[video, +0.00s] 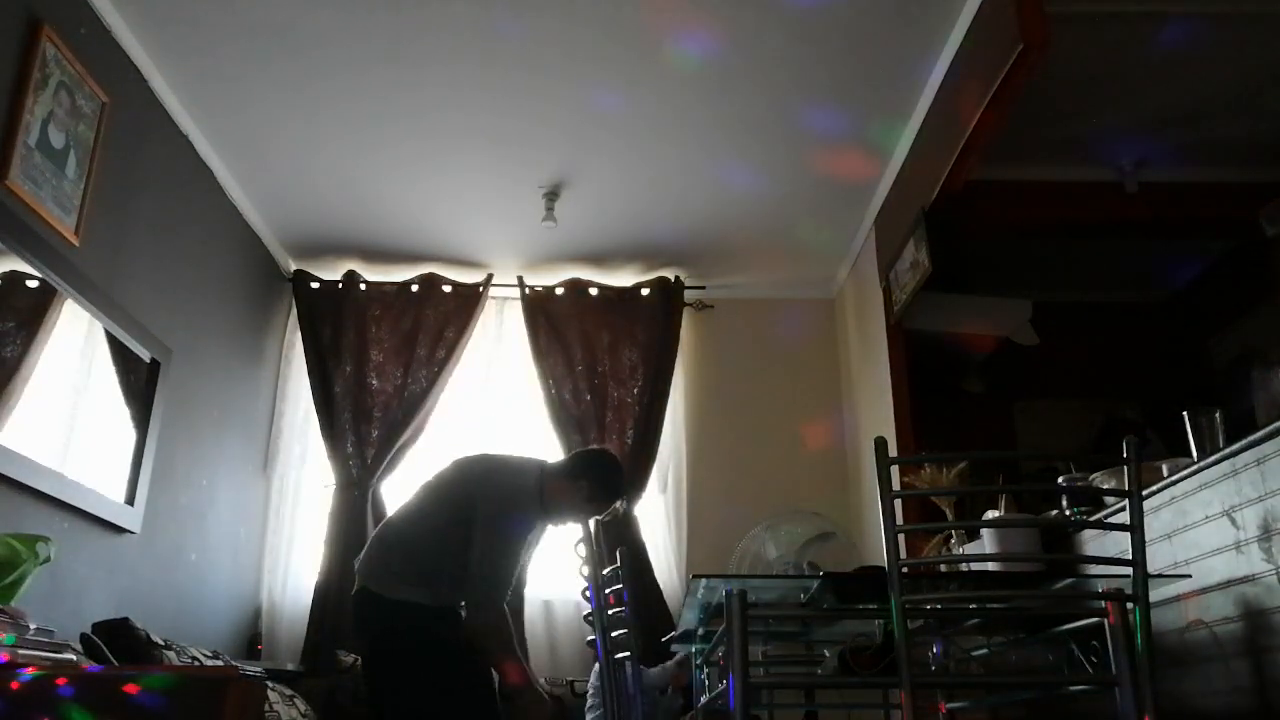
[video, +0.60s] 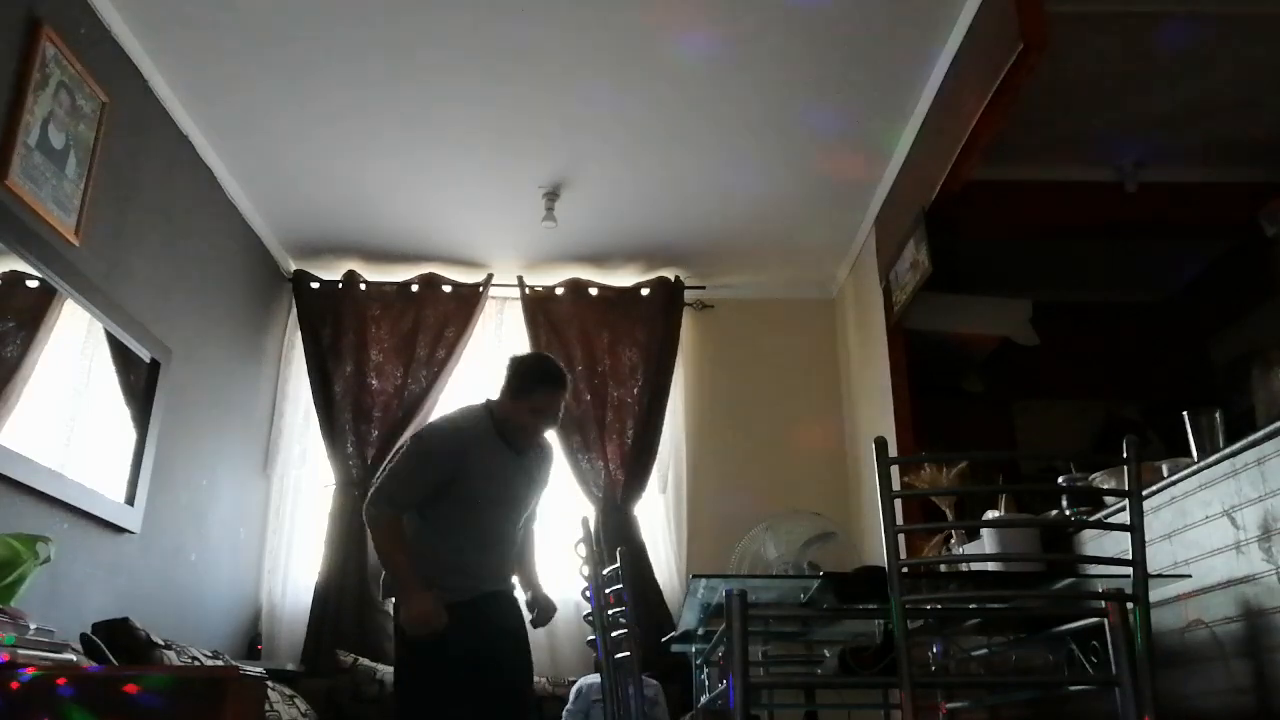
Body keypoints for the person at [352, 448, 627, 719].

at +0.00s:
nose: (578, 521)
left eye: (588, 516)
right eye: (586, 511)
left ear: (574, 475)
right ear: (578, 486)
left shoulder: (531, 508)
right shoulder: (513, 491)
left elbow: (508, 599)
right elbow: (484, 602)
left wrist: (523, 677)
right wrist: (517, 680)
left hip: (436, 605)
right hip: (394, 603)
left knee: (475, 705)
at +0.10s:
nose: (585, 512)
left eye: (593, 507)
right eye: (592, 502)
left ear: (574, 466)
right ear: (579, 479)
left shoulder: (539, 503)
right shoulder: (508, 485)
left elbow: (501, 583)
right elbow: (453, 587)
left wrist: (500, 662)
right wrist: (501, 662)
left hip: (442, 602)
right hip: (399, 601)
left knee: (473, 703)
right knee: (422, 708)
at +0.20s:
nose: (579, 503)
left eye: (589, 499)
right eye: (587, 495)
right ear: (576, 471)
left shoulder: (544, 500)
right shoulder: (492, 470)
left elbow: (508, 578)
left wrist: (509, 657)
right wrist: (465, 649)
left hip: (457, 598)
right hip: (400, 595)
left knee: (489, 697)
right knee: (423, 702)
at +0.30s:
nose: (574, 490)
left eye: (583, 485)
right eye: (580, 481)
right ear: (571, 459)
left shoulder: (545, 490)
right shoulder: (483, 468)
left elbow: (529, 572)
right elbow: (412, 545)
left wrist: (536, 634)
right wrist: (433, 642)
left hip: (463, 602)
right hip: (402, 600)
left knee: (488, 702)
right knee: (419, 707)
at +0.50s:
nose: (562, 452)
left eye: (568, 445)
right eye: (564, 443)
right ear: (544, 424)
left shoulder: (535, 462)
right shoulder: (465, 444)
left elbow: (522, 536)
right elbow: (394, 525)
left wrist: (538, 607)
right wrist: (430, 612)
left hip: (483, 607)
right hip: (418, 611)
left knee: (506, 706)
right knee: (429, 713)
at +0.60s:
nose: (544, 427)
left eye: (552, 417)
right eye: (537, 414)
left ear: (558, 410)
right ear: (510, 398)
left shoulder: (539, 455)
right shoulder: (447, 437)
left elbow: (522, 525)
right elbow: (380, 506)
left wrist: (532, 587)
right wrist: (410, 591)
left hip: (496, 608)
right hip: (428, 611)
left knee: (510, 713)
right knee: (432, 716)